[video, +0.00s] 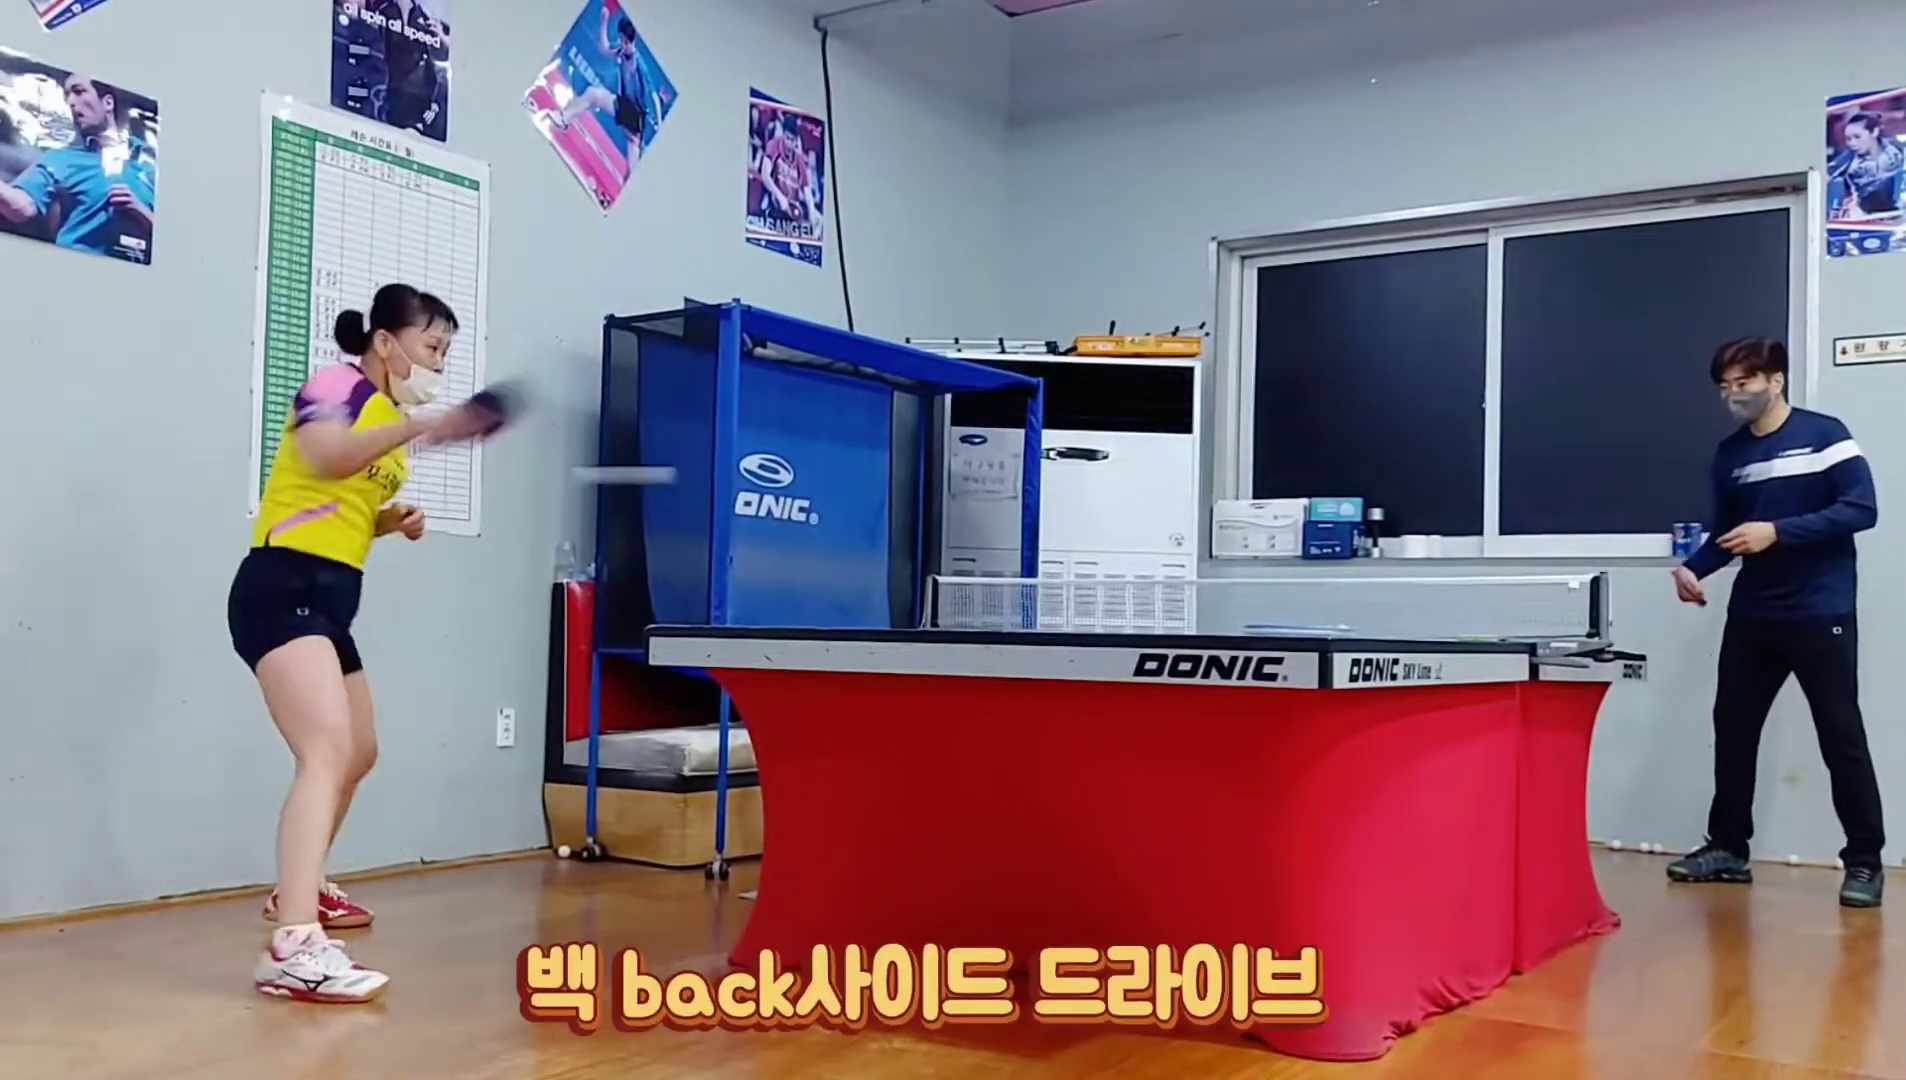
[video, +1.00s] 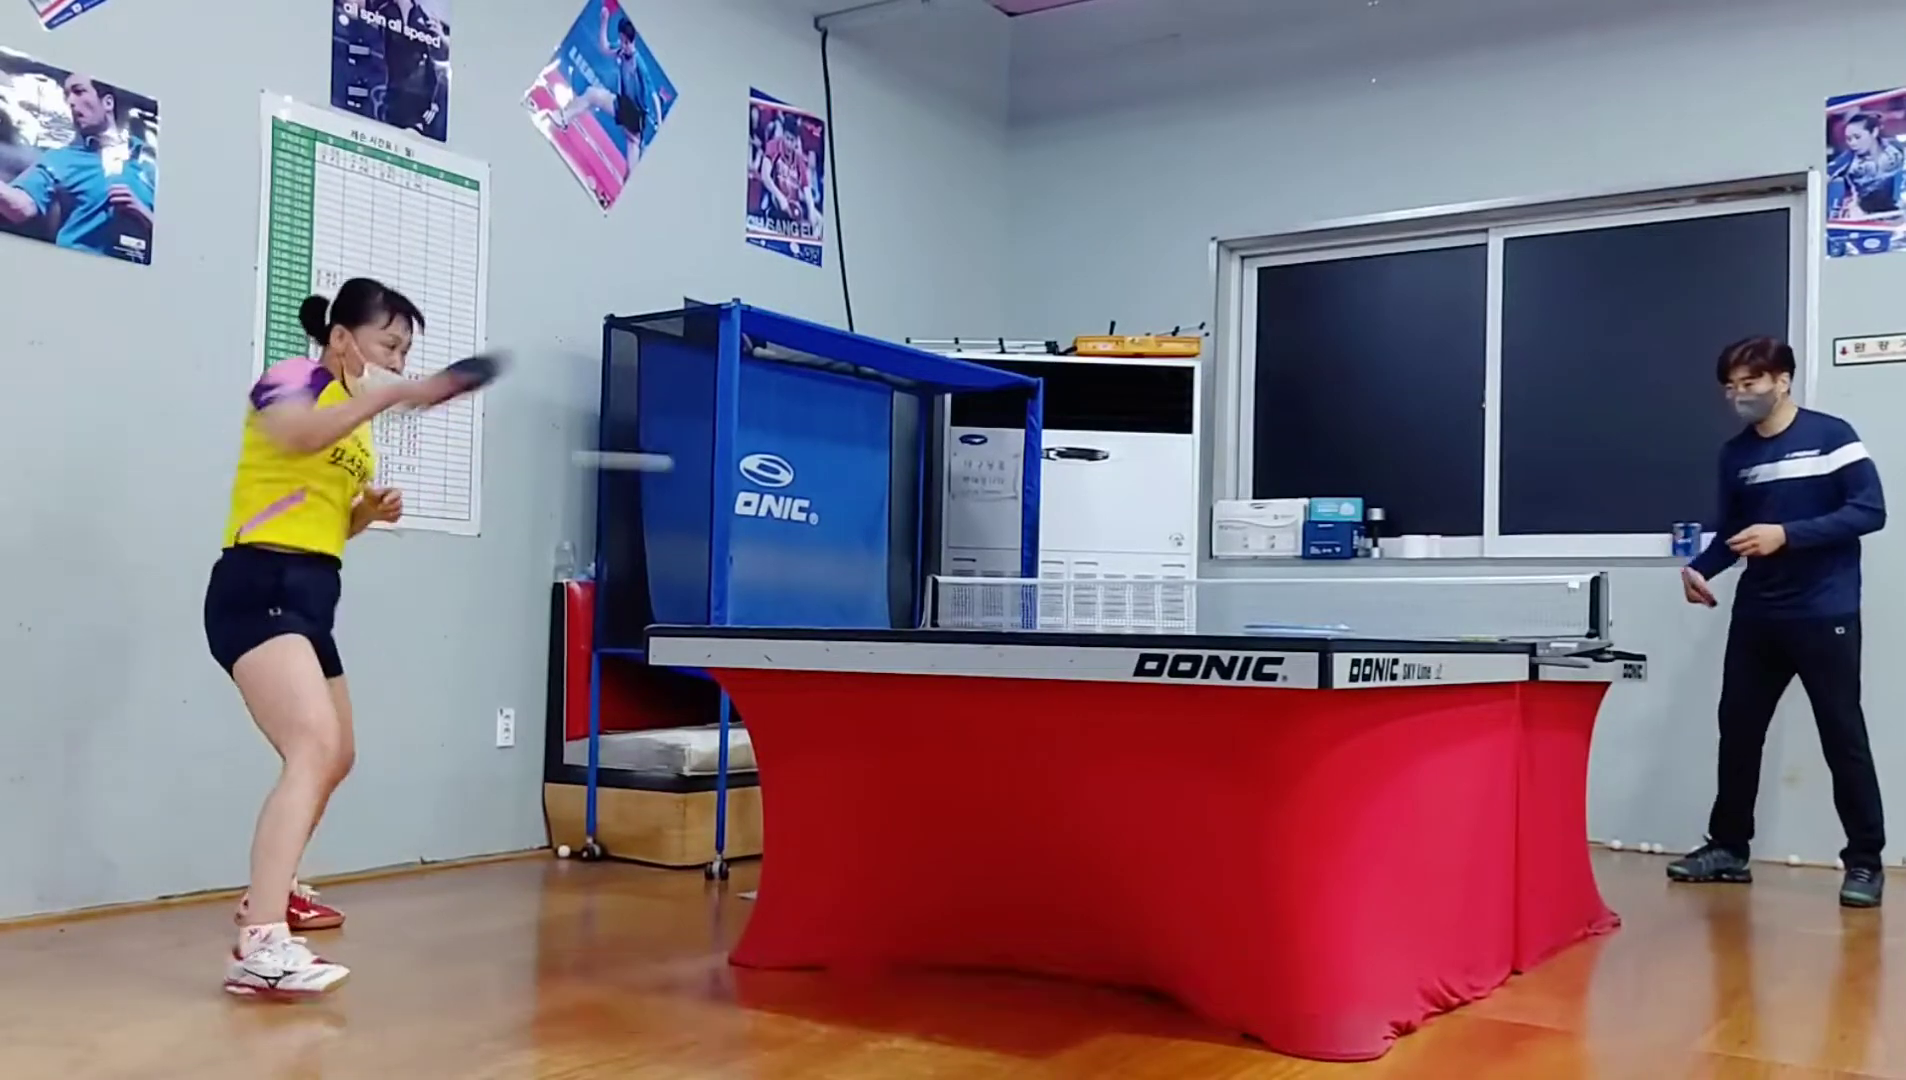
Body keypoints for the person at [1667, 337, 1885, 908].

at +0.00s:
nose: (1735, 390)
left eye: (1746, 379)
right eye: (1727, 384)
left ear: (1776, 380)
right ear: (1723, 392)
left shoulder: (1825, 433)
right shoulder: (1731, 452)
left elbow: (1861, 508)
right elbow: (1727, 532)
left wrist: (1776, 530)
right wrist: (1694, 565)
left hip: (1822, 617)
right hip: (1753, 618)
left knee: (1842, 740)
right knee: (1733, 731)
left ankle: (1864, 863)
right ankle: (1729, 849)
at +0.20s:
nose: (1730, 405)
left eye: (1741, 394)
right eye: (1723, 397)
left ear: (1773, 390)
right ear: (1718, 401)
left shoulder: (1829, 438)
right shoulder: (1726, 460)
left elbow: (1866, 513)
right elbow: (1717, 534)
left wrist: (1786, 534)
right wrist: (1699, 579)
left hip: (1821, 619)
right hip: (1750, 620)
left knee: (1842, 737)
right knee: (1722, 723)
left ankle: (1863, 863)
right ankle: (1728, 848)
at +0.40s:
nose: (1734, 406)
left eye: (1744, 395)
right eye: (1726, 398)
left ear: (1775, 391)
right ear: (1719, 400)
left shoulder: (1831, 438)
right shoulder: (1718, 460)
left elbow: (1870, 510)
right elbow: (1692, 521)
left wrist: (1802, 531)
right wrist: (1674, 549)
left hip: (1820, 617)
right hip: (1744, 618)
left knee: (1842, 736)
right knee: (1718, 724)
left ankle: (1863, 863)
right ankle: (1726, 848)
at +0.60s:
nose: (1738, 396)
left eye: (1749, 385)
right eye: (1730, 388)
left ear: (1781, 383)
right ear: (1724, 393)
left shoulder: (1835, 437)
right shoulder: (1717, 454)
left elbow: (1874, 509)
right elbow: (1678, 520)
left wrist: (1806, 533)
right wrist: (1651, 530)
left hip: (1821, 616)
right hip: (1745, 615)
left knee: (1843, 737)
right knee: (1724, 728)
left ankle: (1863, 863)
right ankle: (1726, 849)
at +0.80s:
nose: (1743, 393)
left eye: (1755, 382)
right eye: (1735, 386)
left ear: (1785, 382)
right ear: (1728, 393)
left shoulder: (1836, 438)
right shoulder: (1729, 456)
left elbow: (1872, 513)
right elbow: (1713, 529)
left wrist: (1793, 535)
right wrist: (1683, 549)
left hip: (1822, 618)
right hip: (1750, 618)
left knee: (1843, 737)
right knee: (1726, 724)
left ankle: (1863, 863)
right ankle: (1727, 847)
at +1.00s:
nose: (1741, 392)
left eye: (1752, 380)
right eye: (1734, 386)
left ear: (1783, 380)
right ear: (1729, 393)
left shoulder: (1833, 435)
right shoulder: (1736, 453)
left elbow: (1869, 510)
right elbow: (1731, 533)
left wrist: (1787, 534)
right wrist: (1700, 566)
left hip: (1827, 618)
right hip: (1757, 618)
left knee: (1844, 740)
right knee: (1738, 732)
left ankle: (1863, 864)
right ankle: (1729, 849)